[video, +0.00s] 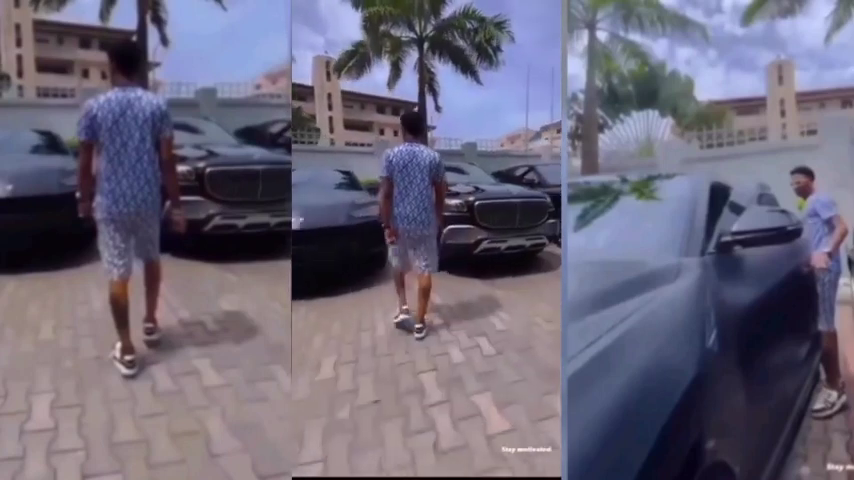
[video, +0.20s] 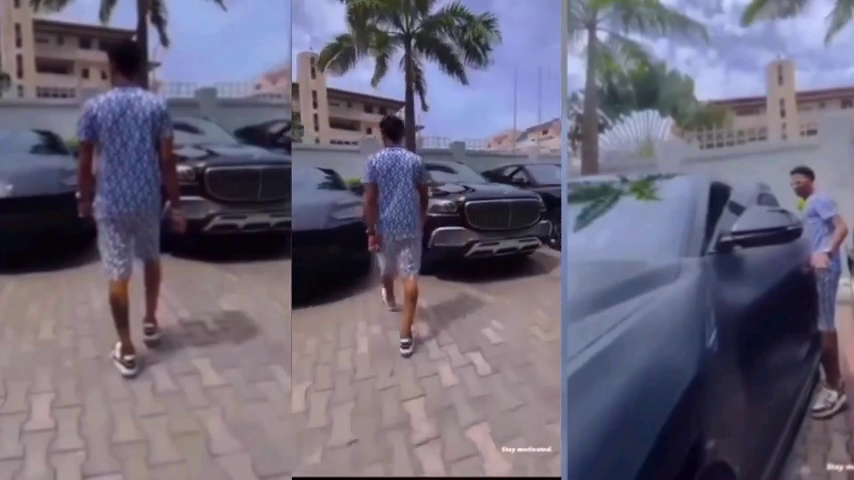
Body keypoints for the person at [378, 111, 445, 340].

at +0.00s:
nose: (401, 133)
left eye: (401, 129)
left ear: (402, 130)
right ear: (424, 130)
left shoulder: (392, 156)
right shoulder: (432, 157)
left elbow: (386, 193)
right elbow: (440, 192)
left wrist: (386, 223)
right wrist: (439, 219)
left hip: (399, 223)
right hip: (425, 223)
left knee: (398, 268)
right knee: (425, 271)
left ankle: (403, 307)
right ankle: (420, 322)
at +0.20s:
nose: (384, 138)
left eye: (383, 134)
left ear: (382, 135)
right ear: (403, 135)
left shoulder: (375, 162)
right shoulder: (415, 160)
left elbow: (370, 199)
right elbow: (424, 193)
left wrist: (371, 230)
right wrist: (422, 217)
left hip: (386, 227)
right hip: (411, 227)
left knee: (387, 269)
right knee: (410, 277)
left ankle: (390, 299)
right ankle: (406, 335)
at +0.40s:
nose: (361, 136)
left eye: (358, 131)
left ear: (357, 133)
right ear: (378, 132)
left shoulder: (350, 159)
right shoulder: (391, 158)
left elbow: (348, 199)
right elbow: (400, 195)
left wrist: (346, 230)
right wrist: (404, 222)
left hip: (363, 224)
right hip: (389, 223)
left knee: (367, 269)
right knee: (395, 268)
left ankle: (374, 308)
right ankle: (392, 316)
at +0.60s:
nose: (346, 134)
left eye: (340, 129)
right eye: (354, 130)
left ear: (336, 130)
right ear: (357, 130)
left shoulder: (324, 156)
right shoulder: (369, 155)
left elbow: (319, 194)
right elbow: (378, 191)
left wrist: (320, 225)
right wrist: (385, 218)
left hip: (339, 223)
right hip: (367, 221)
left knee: (346, 272)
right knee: (377, 265)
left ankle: (356, 319)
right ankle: (374, 304)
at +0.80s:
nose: (336, 137)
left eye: (328, 133)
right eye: (340, 133)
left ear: (321, 133)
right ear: (342, 133)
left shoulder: (309, 157)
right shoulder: (352, 158)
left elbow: (299, 193)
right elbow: (360, 195)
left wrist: (301, 222)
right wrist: (368, 223)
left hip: (320, 224)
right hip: (348, 223)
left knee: (330, 277)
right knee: (354, 262)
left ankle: (339, 331)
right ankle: (355, 296)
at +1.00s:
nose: (325, 141)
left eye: (319, 135)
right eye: (330, 137)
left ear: (313, 135)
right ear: (334, 137)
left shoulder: (299, 160)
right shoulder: (342, 163)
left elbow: (293, 197)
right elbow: (349, 198)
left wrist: (295, 226)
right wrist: (356, 225)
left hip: (308, 226)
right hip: (336, 225)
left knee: (313, 277)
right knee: (340, 263)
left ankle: (319, 327)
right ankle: (338, 301)